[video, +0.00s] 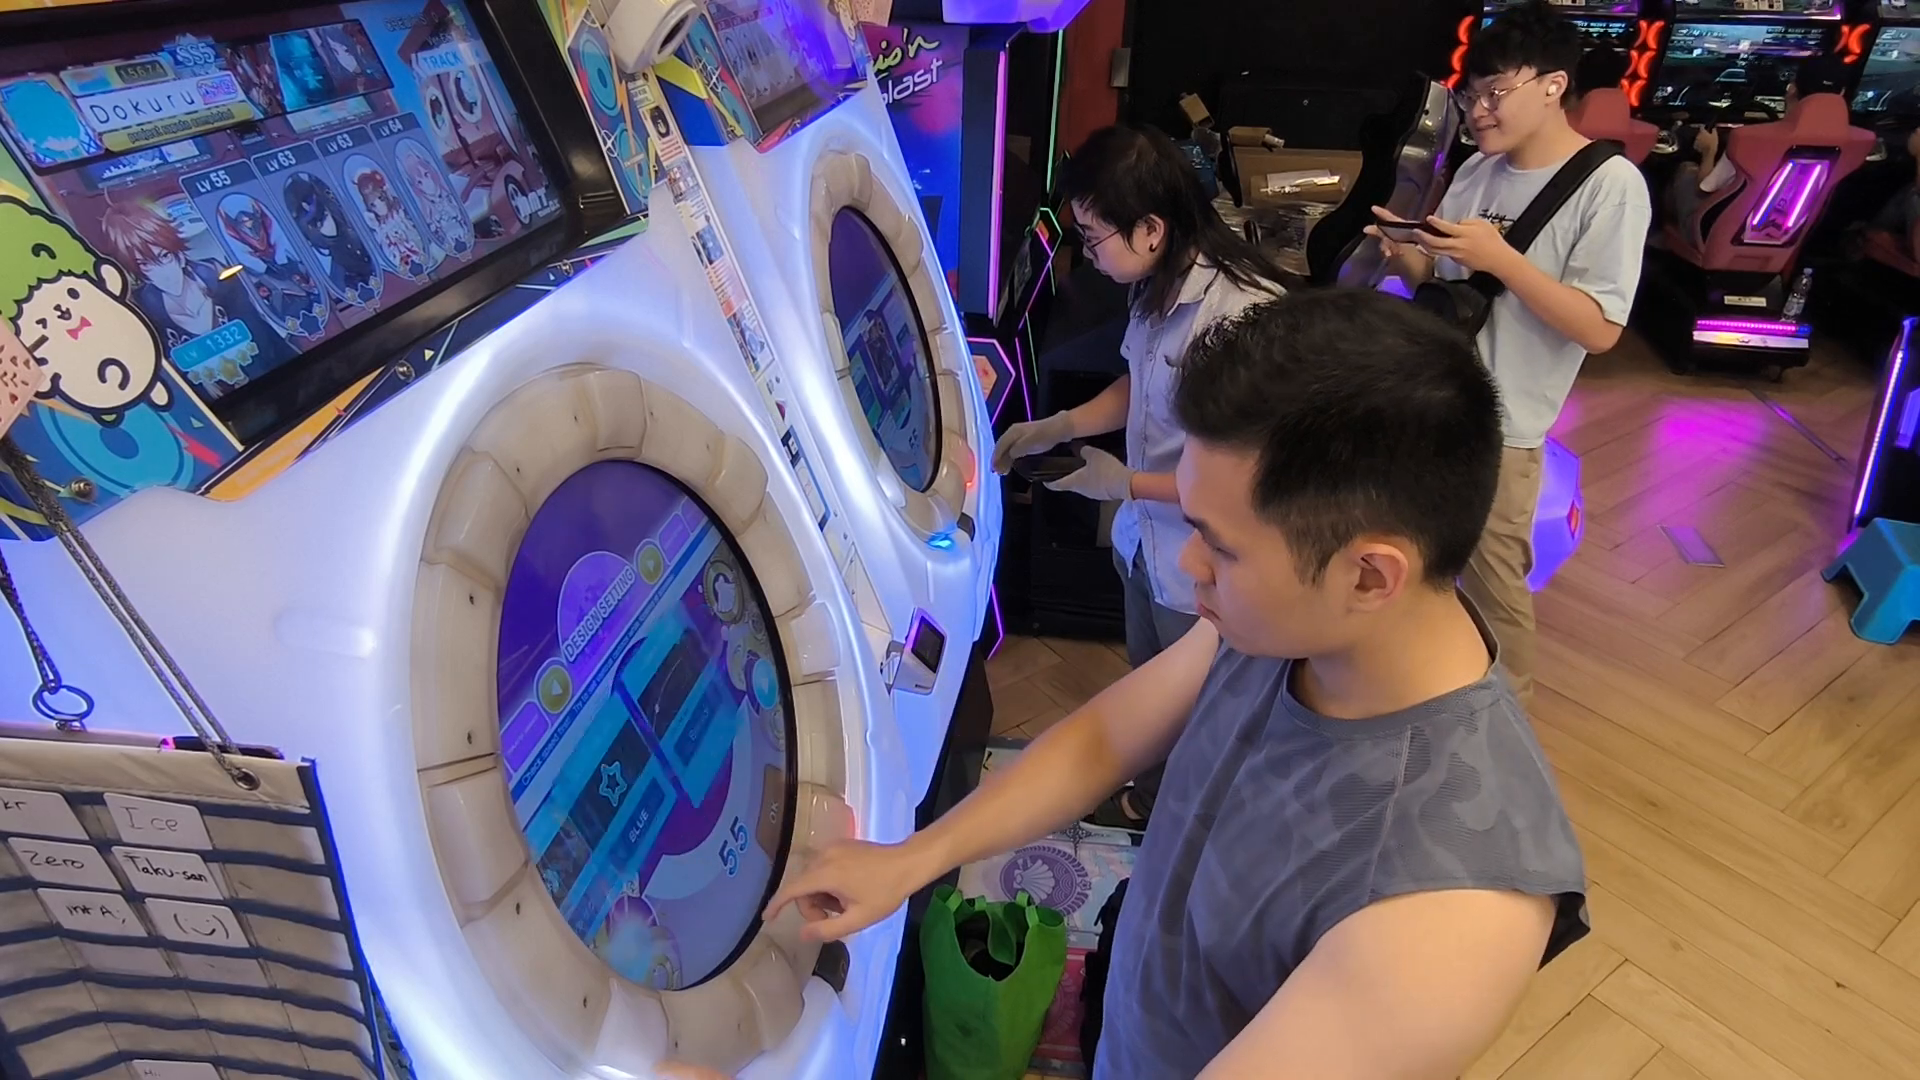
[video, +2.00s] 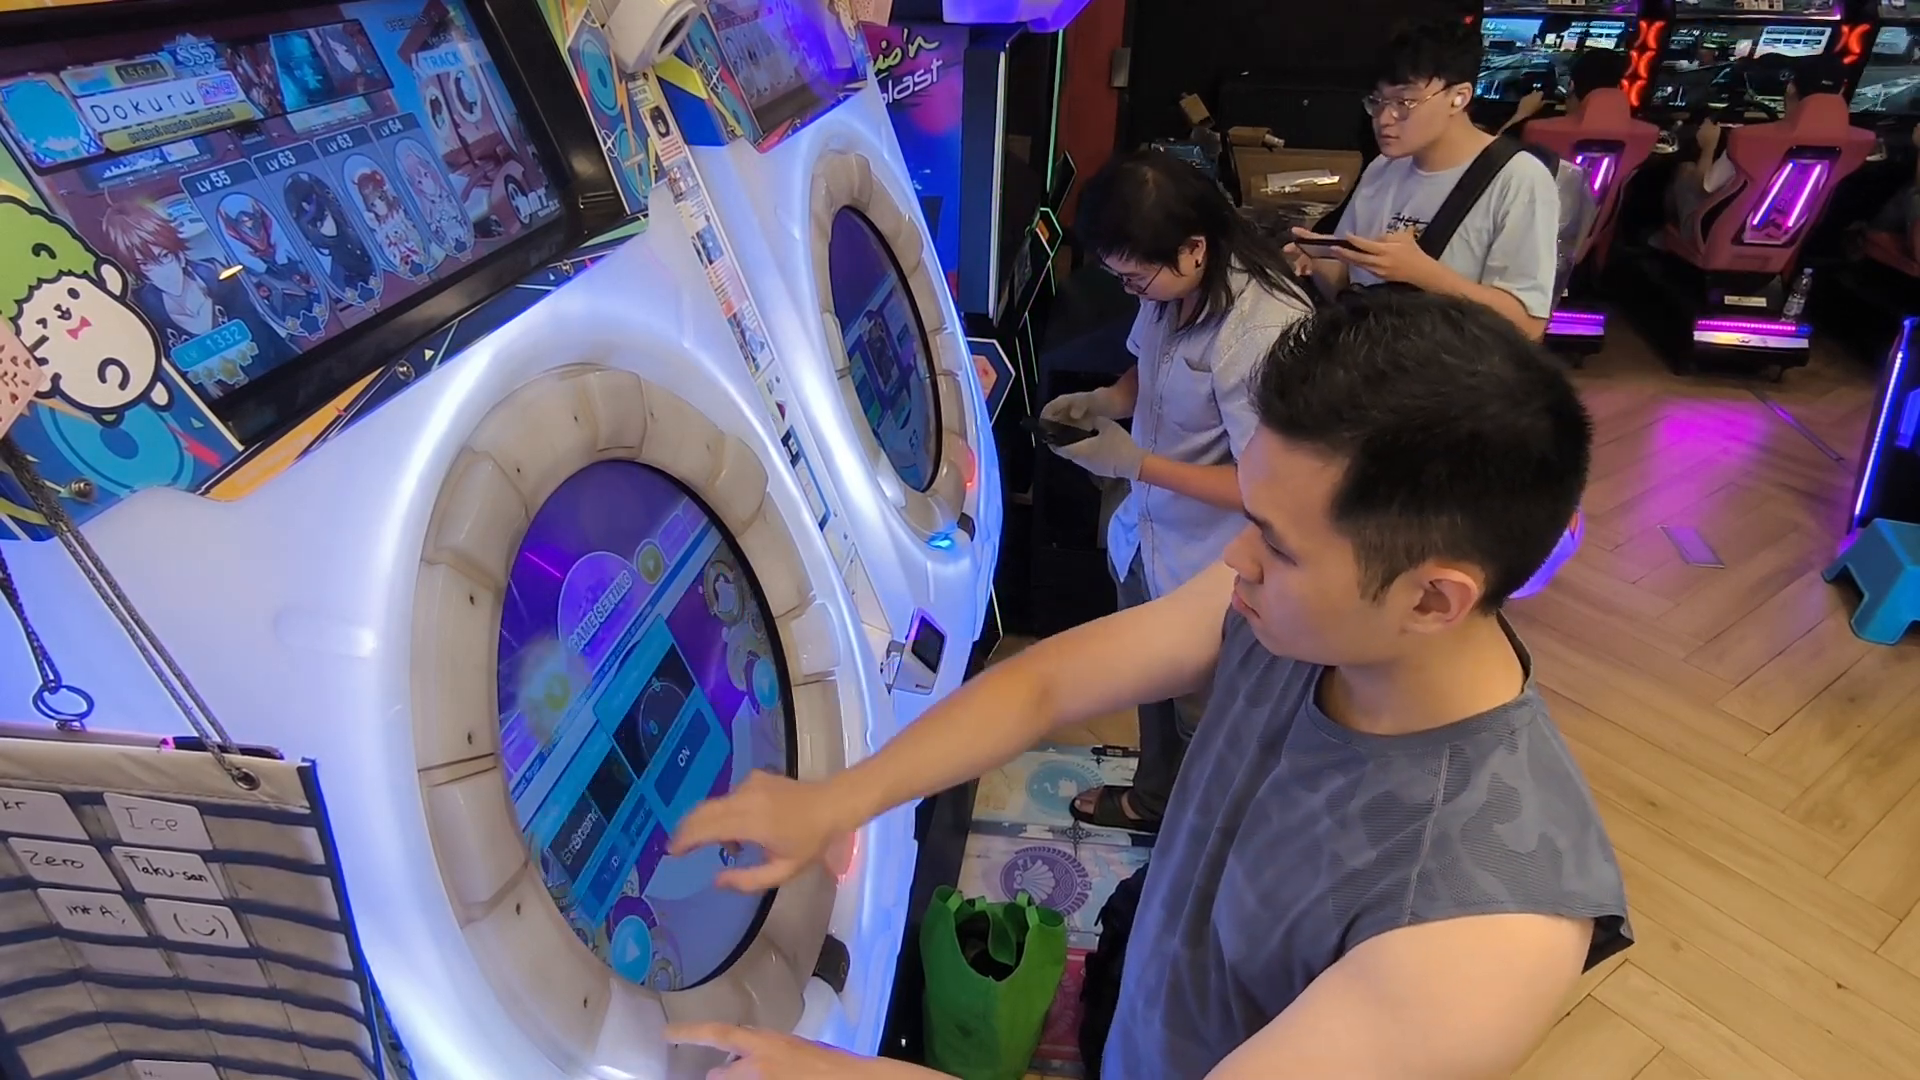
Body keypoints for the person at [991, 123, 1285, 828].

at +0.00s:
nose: (1089, 252)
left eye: (1096, 237)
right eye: (1084, 237)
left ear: (1151, 231)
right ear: (1146, 231)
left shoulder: (1232, 323)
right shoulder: (1157, 289)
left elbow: (1244, 487)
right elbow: (1138, 391)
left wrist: (1129, 483)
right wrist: (1054, 430)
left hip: (1200, 550)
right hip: (1145, 528)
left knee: (1190, 699)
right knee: (1146, 679)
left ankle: (1179, 815)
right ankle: (1143, 792)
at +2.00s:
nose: (1129, 285)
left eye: (1139, 272)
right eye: (1119, 272)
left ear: (1193, 251)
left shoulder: (1261, 333)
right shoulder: (1167, 291)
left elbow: (1265, 490)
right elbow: (1150, 381)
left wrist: (1142, 465)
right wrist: (1098, 403)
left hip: (1218, 545)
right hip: (1153, 523)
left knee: (1205, 688)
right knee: (1150, 671)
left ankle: (1201, 816)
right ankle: (1152, 791)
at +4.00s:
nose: (1117, 308)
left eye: (1125, 296)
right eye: (1108, 297)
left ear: (1178, 268)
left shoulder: (1265, 337)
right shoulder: (1158, 297)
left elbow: (1263, 489)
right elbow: (1142, 388)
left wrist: (1137, 468)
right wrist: (1088, 410)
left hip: (1198, 568)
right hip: (1132, 542)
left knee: (1198, 719)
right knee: (1150, 688)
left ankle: (1204, 837)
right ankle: (1153, 795)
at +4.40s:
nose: (1123, 310)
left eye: (1130, 296)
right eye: (1113, 299)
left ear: (1180, 267)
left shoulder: (1260, 343)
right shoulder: (1155, 297)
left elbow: (1267, 497)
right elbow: (1139, 388)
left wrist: (1138, 471)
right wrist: (1084, 403)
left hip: (1196, 559)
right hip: (1132, 534)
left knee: (1204, 717)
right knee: (1148, 683)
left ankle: (1222, 845)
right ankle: (1155, 800)